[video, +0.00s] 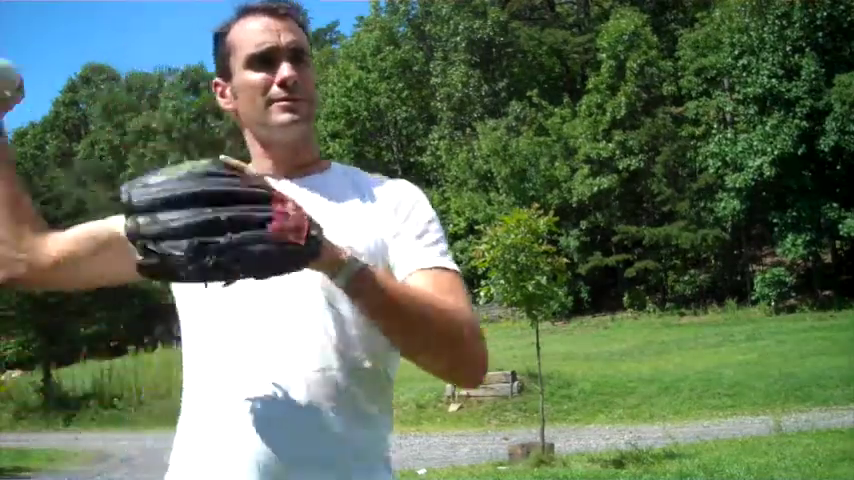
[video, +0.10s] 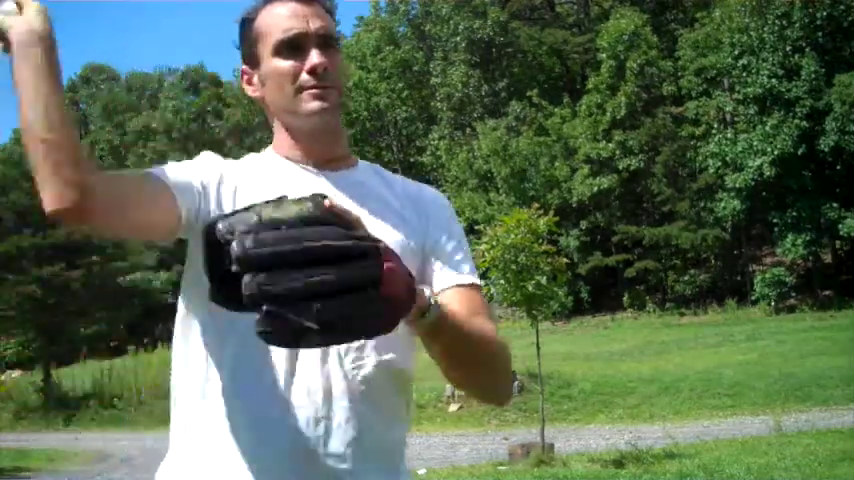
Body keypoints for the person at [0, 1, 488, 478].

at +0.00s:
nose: (287, 75)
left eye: (298, 59)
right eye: (264, 63)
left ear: (315, 76)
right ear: (226, 95)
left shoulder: (394, 204)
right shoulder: (195, 210)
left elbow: (467, 360)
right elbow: (27, 257)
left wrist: (336, 262)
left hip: (348, 466)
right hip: (212, 465)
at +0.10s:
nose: (317, 61)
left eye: (327, 44)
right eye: (291, 50)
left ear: (343, 61)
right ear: (253, 83)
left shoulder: (423, 207)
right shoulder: (217, 183)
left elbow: (497, 385)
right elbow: (68, 197)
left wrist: (415, 302)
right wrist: (28, 29)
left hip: (366, 469)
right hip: (222, 468)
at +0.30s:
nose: (350, 44)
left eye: (359, 27)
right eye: (322, 31)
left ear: (374, 44)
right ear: (280, 65)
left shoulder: (429, 198)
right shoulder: (252, 131)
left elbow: (468, 348)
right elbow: (298, 190)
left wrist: (489, 390)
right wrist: (478, 193)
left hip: (387, 463)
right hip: (253, 457)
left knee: (493, 403)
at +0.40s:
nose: (358, 42)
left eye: (369, 26)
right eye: (332, 28)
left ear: (386, 45)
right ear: (289, 59)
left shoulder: (427, 203)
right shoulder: (269, 141)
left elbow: (459, 372)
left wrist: (495, 443)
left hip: (396, 465)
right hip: (271, 464)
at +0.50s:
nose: (370, 41)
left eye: (379, 23)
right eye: (343, 26)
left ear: (395, 41)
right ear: (299, 57)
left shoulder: (425, 201)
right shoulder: (288, 141)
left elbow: (448, 382)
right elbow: (442, 311)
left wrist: (491, 465)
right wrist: (572, 394)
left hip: (397, 468)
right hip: (283, 463)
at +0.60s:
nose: (383, 43)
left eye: (392, 25)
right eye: (356, 27)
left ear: (406, 39)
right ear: (307, 54)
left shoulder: (427, 202)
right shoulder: (298, 142)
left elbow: (448, 395)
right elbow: (407, 311)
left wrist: (477, 473)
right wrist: (513, 403)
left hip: (399, 468)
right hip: (288, 464)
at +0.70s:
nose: (386, 46)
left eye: (396, 29)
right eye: (359, 29)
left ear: (408, 44)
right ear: (310, 56)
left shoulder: (428, 206)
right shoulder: (292, 146)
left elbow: (441, 382)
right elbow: (399, 342)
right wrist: (522, 446)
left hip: (397, 465)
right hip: (278, 461)